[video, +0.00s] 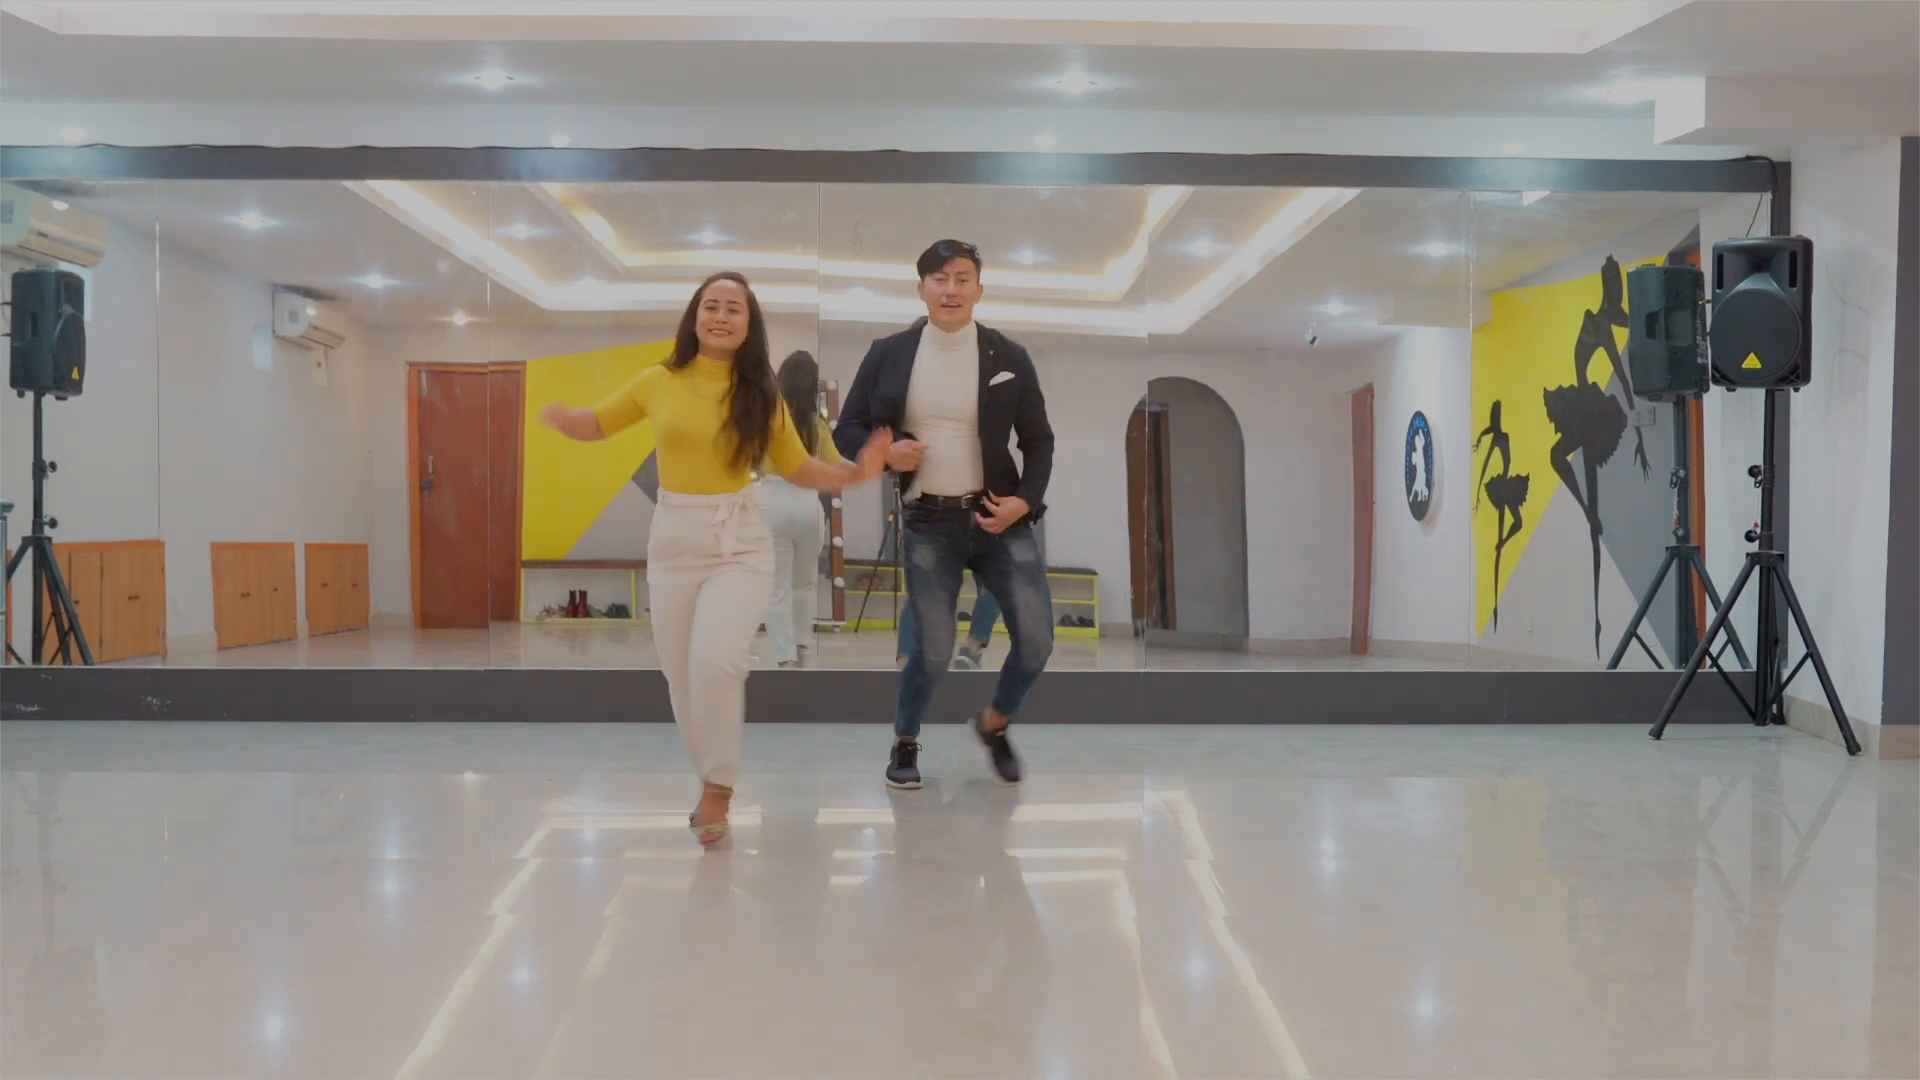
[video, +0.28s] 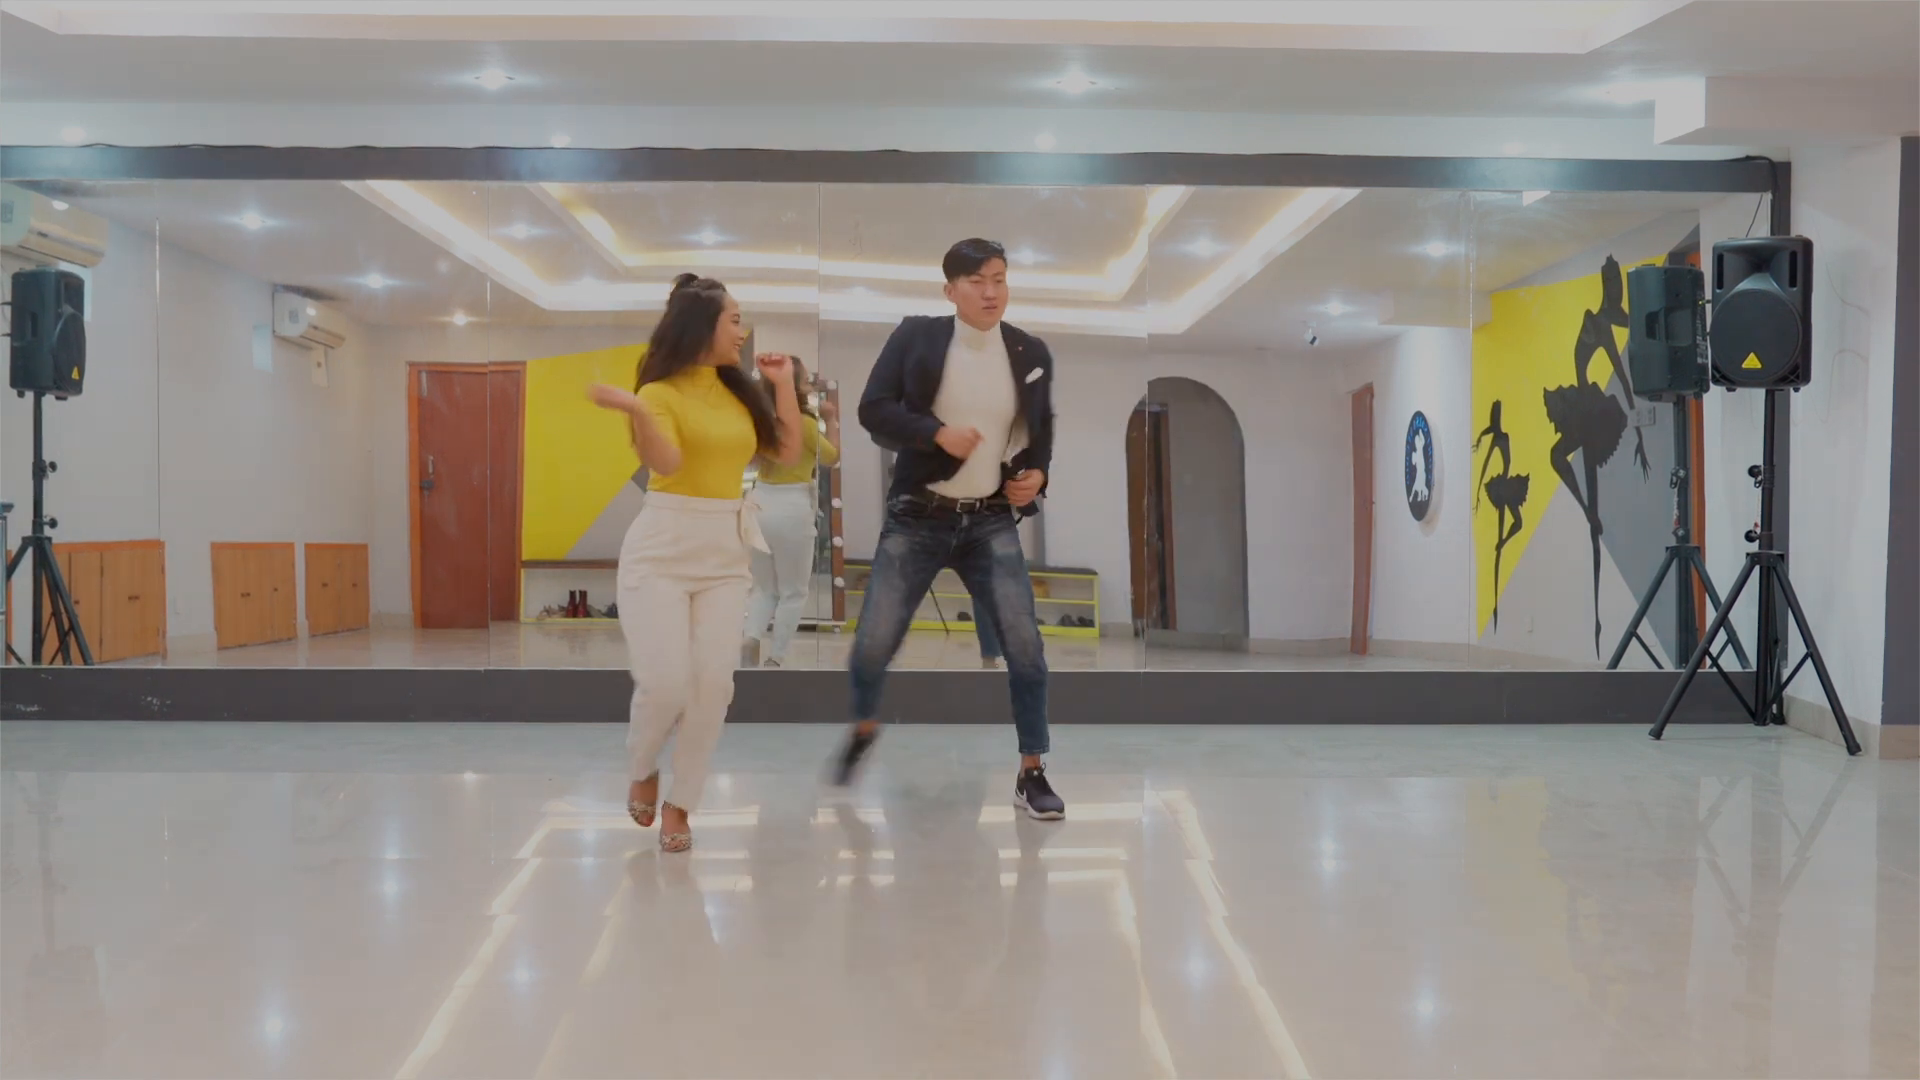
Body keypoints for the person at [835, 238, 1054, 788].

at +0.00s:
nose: (951, 289)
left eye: (962, 278)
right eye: (940, 279)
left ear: (979, 288)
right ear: (922, 288)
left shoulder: (1009, 358)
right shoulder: (887, 355)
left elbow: (1039, 439)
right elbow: (847, 430)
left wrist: (1026, 499)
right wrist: (883, 452)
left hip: (1001, 517)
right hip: (929, 520)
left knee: (1036, 643)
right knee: (934, 652)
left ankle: (994, 725)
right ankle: (906, 742)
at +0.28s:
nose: (991, 292)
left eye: (998, 281)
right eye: (977, 281)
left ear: (1008, 285)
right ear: (951, 288)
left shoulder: (1030, 354)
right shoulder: (915, 336)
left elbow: (1042, 430)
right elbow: (873, 409)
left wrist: (1035, 473)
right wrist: (934, 433)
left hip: (992, 520)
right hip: (917, 515)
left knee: (1025, 644)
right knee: (872, 643)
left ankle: (1032, 769)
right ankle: (864, 727)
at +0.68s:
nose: (952, 303)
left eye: (963, 292)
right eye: (939, 291)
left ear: (976, 299)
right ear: (918, 298)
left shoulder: (1008, 366)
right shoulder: (885, 373)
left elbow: (1059, 433)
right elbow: (849, 454)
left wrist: (1025, 492)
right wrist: (894, 484)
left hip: (982, 542)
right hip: (901, 539)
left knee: (1029, 661)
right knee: (820, 639)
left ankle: (1058, 763)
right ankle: (777, 757)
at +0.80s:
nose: (911, 311)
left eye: (926, 301)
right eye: (906, 300)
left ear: (957, 310)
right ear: (898, 309)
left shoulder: (976, 375)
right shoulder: (897, 379)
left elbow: (1033, 443)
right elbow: (874, 437)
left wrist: (982, 503)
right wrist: (873, 473)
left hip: (967, 549)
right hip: (899, 545)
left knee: (1010, 667)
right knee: (802, 627)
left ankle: (1059, 763)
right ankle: (806, 770)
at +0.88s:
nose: (886, 311)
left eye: (901, 300)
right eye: (885, 300)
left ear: (936, 310)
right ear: (886, 306)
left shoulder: (952, 368)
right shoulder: (893, 375)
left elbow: (982, 427)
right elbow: (881, 448)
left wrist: (925, 485)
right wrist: (862, 485)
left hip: (949, 551)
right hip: (887, 549)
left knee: (1000, 666)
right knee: (793, 631)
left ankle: (1063, 760)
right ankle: (813, 772)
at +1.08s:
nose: (839, 304)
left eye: (854, 296)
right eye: (838, 292)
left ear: (890, 304)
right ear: (835, 293)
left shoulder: (909, 355)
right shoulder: (837, 359)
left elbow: (920, 410)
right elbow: (835, 438)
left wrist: (833, 435)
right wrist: (800, 493)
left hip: (907, 533)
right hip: (850, 533)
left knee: (916, 663)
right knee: (779, 641)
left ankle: (1008, 741)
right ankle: (811, 775)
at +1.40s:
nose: (812, 341)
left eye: (827, 333)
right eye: (816, 329)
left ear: (864, 350)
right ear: (827, 338)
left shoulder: (885, 406)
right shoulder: (806, 410)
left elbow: (876, 481)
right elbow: (766, 479)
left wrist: (789, 451)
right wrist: (711, 507)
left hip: (885, 578)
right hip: (835, 581)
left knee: (810, 670)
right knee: (744, 655)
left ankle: (860, 815)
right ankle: (807, 775)